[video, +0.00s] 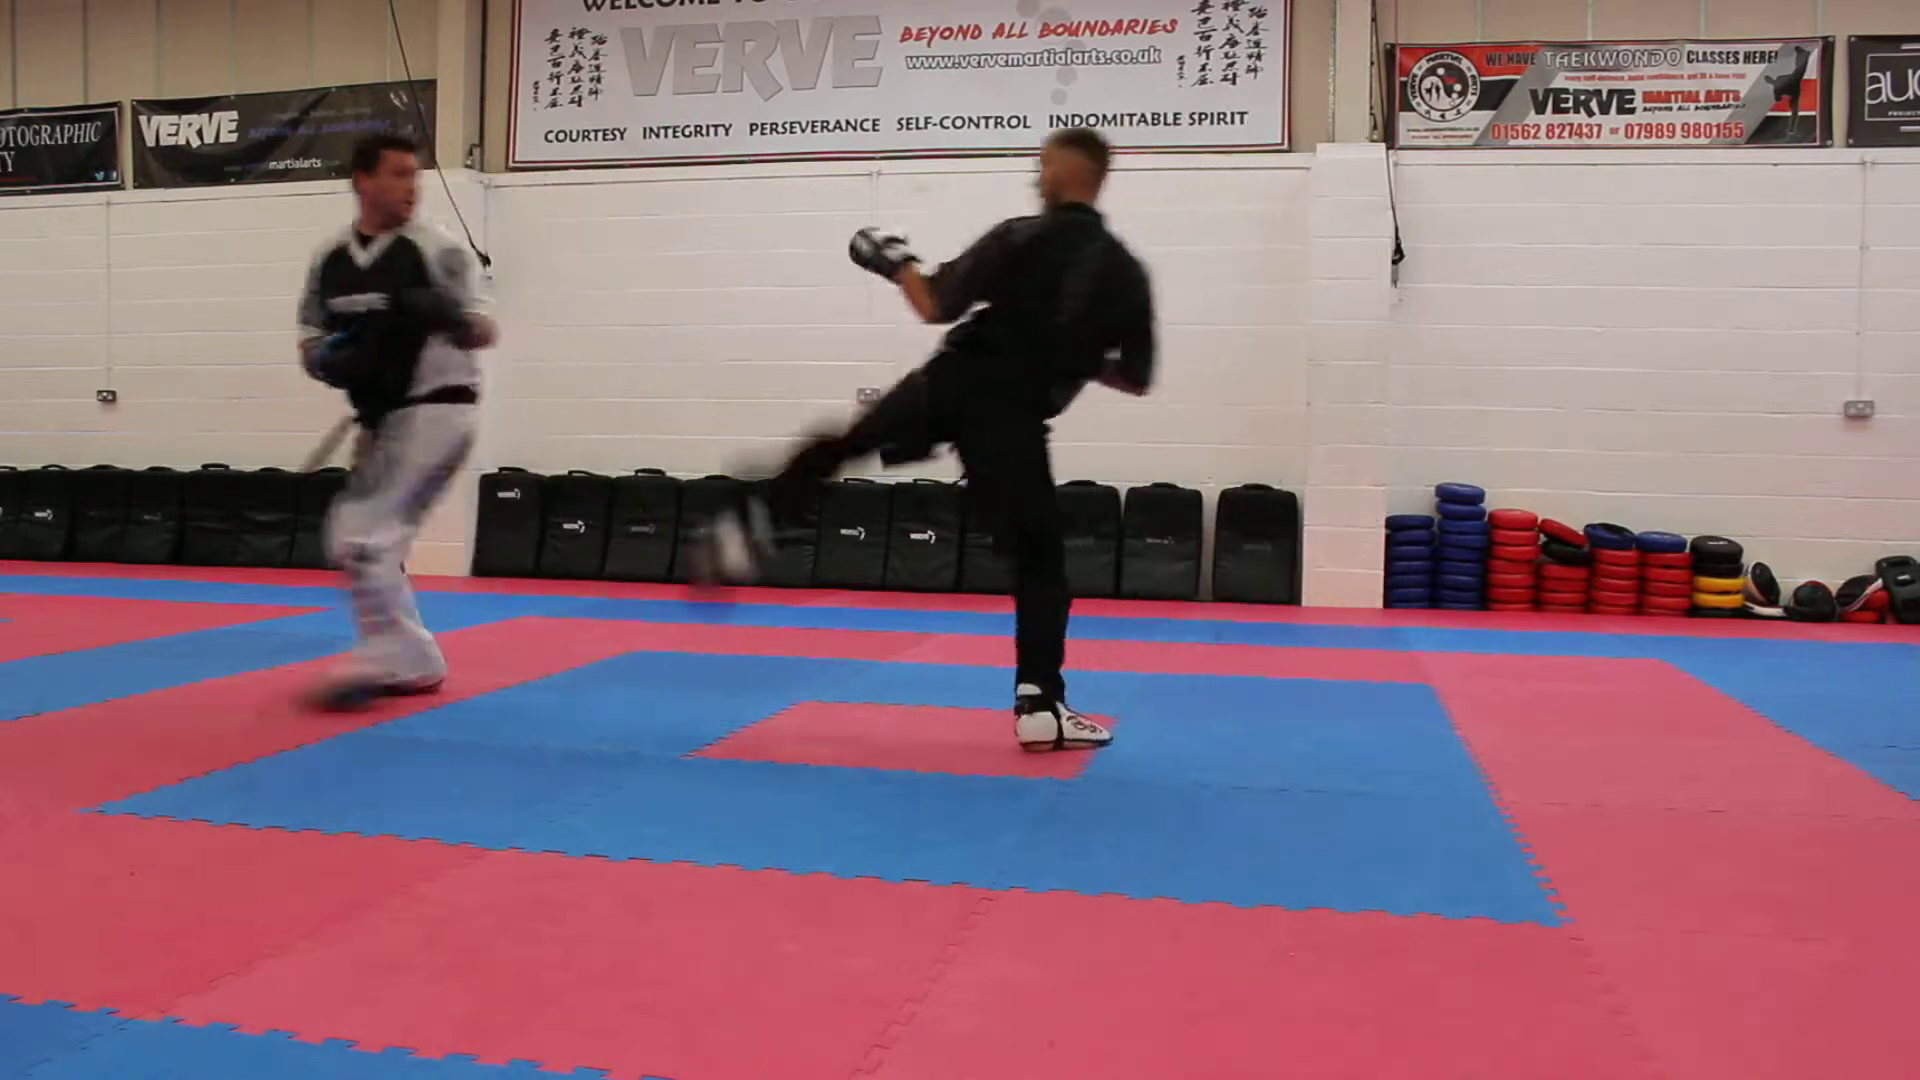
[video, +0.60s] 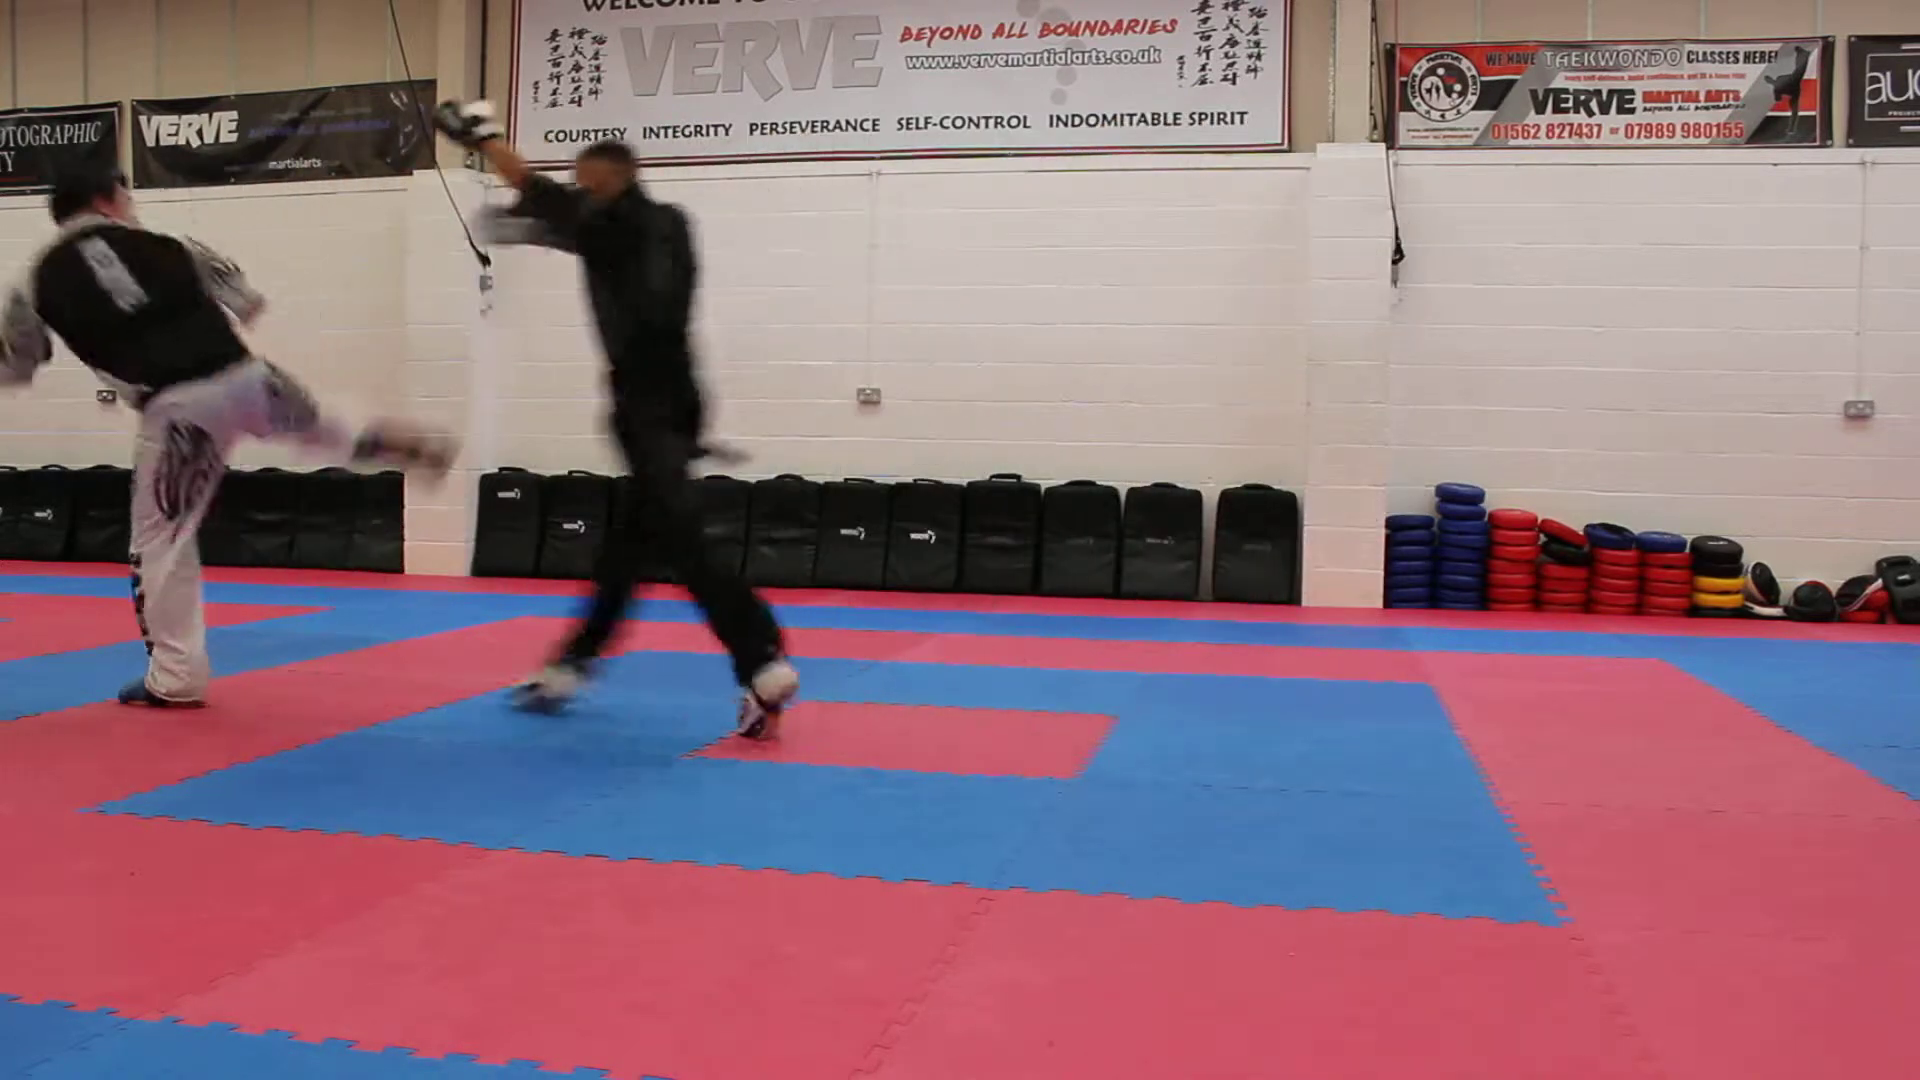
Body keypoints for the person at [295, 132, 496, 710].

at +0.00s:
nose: (411, 188)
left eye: (414, 176)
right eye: (399, 176)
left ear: (419, 180)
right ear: (362, 182)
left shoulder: (439, 250)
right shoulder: (331, 264)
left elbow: (483, 330)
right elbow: (312, 346)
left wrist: (435, 311)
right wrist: (338, 357)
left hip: (440, 411)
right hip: (380, 416)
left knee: (365, 529)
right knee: (360, 537)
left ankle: (400, 653)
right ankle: (400, 659)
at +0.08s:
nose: (372, 185)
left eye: (376, 174)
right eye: (359, 174)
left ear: (382, 180)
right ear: (327, 181)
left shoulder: (399, 248)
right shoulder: (310, 265)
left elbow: (439, 325)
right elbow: (289, 362)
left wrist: (363, 314)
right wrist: (321, 348)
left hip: (400, 412)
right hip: (352, 414)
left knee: (314, 532)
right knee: (358, 550)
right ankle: (410, 663)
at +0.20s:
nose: (256, 194)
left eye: (265, 179)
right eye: (254, 181)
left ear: (302, 178)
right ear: (285, 184)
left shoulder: (331, 240)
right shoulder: (307, 245)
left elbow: (347, 327)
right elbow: (307, 335)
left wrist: (265, 362)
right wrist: (259, 367)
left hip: (329, 420)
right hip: (365, 422)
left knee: (250, 541)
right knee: (338, 552)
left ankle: (190, 666)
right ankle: (408, 660)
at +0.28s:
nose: (212, 203)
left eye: (215, 192)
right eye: (213, 192)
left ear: (230, 191)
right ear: (264, 189)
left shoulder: (258, 233)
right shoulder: (296, 235)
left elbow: (280, 323)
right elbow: (307, 330)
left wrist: (242, 372)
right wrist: (236, 354)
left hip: (300, 423)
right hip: (346, 424)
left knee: (212, 538)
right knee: (320, 553)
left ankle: (182, 675)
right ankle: (403, 656)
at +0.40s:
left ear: (154, 209)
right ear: (213, 201)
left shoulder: (150, 272)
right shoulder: (262, 255)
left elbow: (146, 368)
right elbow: (308, 333)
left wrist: (134, 434)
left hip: (243, 422)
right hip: (315, 420)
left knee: (182, 544)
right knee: (286, 537)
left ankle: (181, 676)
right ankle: (358, 626)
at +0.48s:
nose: (177, 213)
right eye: (173, 206)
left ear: (114, 226)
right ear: (168, 212)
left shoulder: (105, 285)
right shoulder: (221, 256)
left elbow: (74, 395)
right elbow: (287, 326)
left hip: (216, 425)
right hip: (291, 416)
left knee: (170, 547)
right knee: (283, 504)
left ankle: (178, 678)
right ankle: (322, 577)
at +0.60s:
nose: (131, 204)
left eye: (126, 195)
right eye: (126, 195)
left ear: (58, 211)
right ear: (112, 198)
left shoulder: (40, 280)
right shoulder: (168, 244)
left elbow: (17, 365)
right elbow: (248, 303)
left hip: (178, 412)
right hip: (246, 381)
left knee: (161, 541)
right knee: (326, 433)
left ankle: (176, 677)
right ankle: (412, 447)